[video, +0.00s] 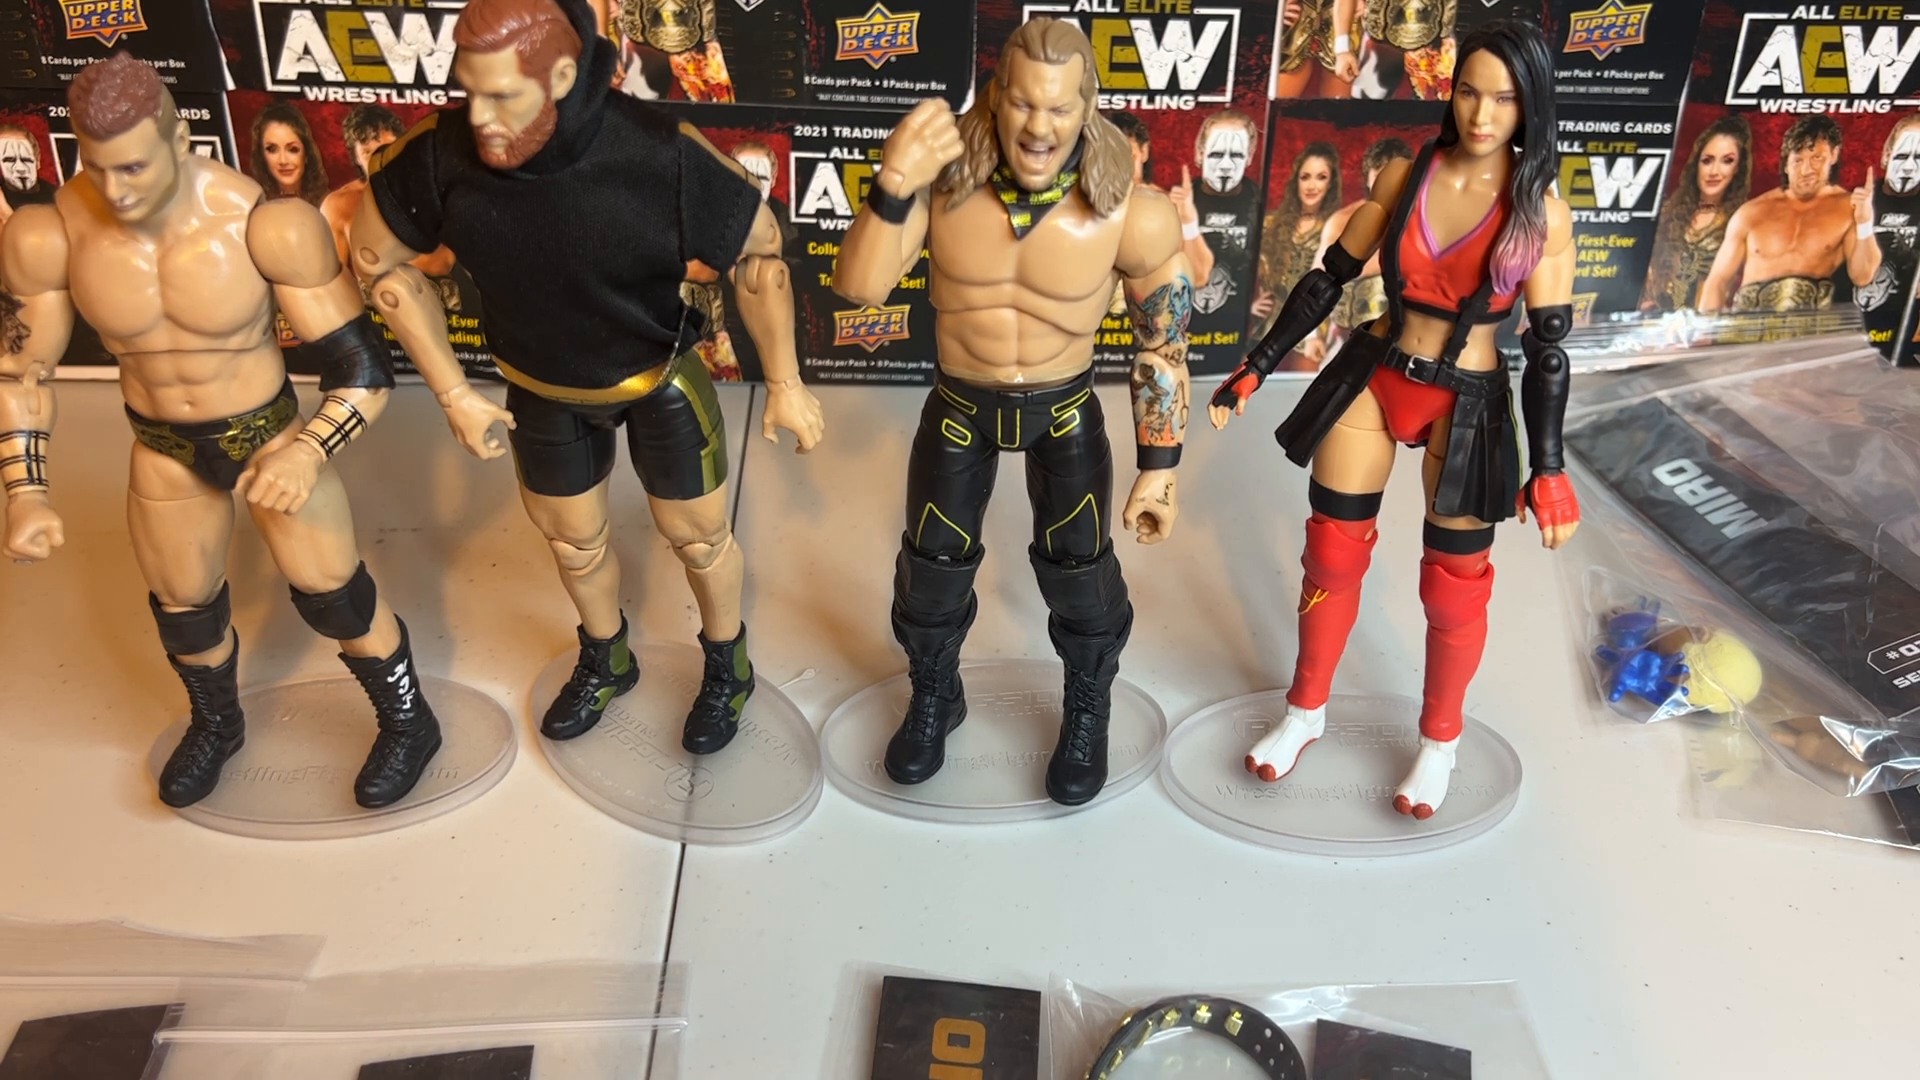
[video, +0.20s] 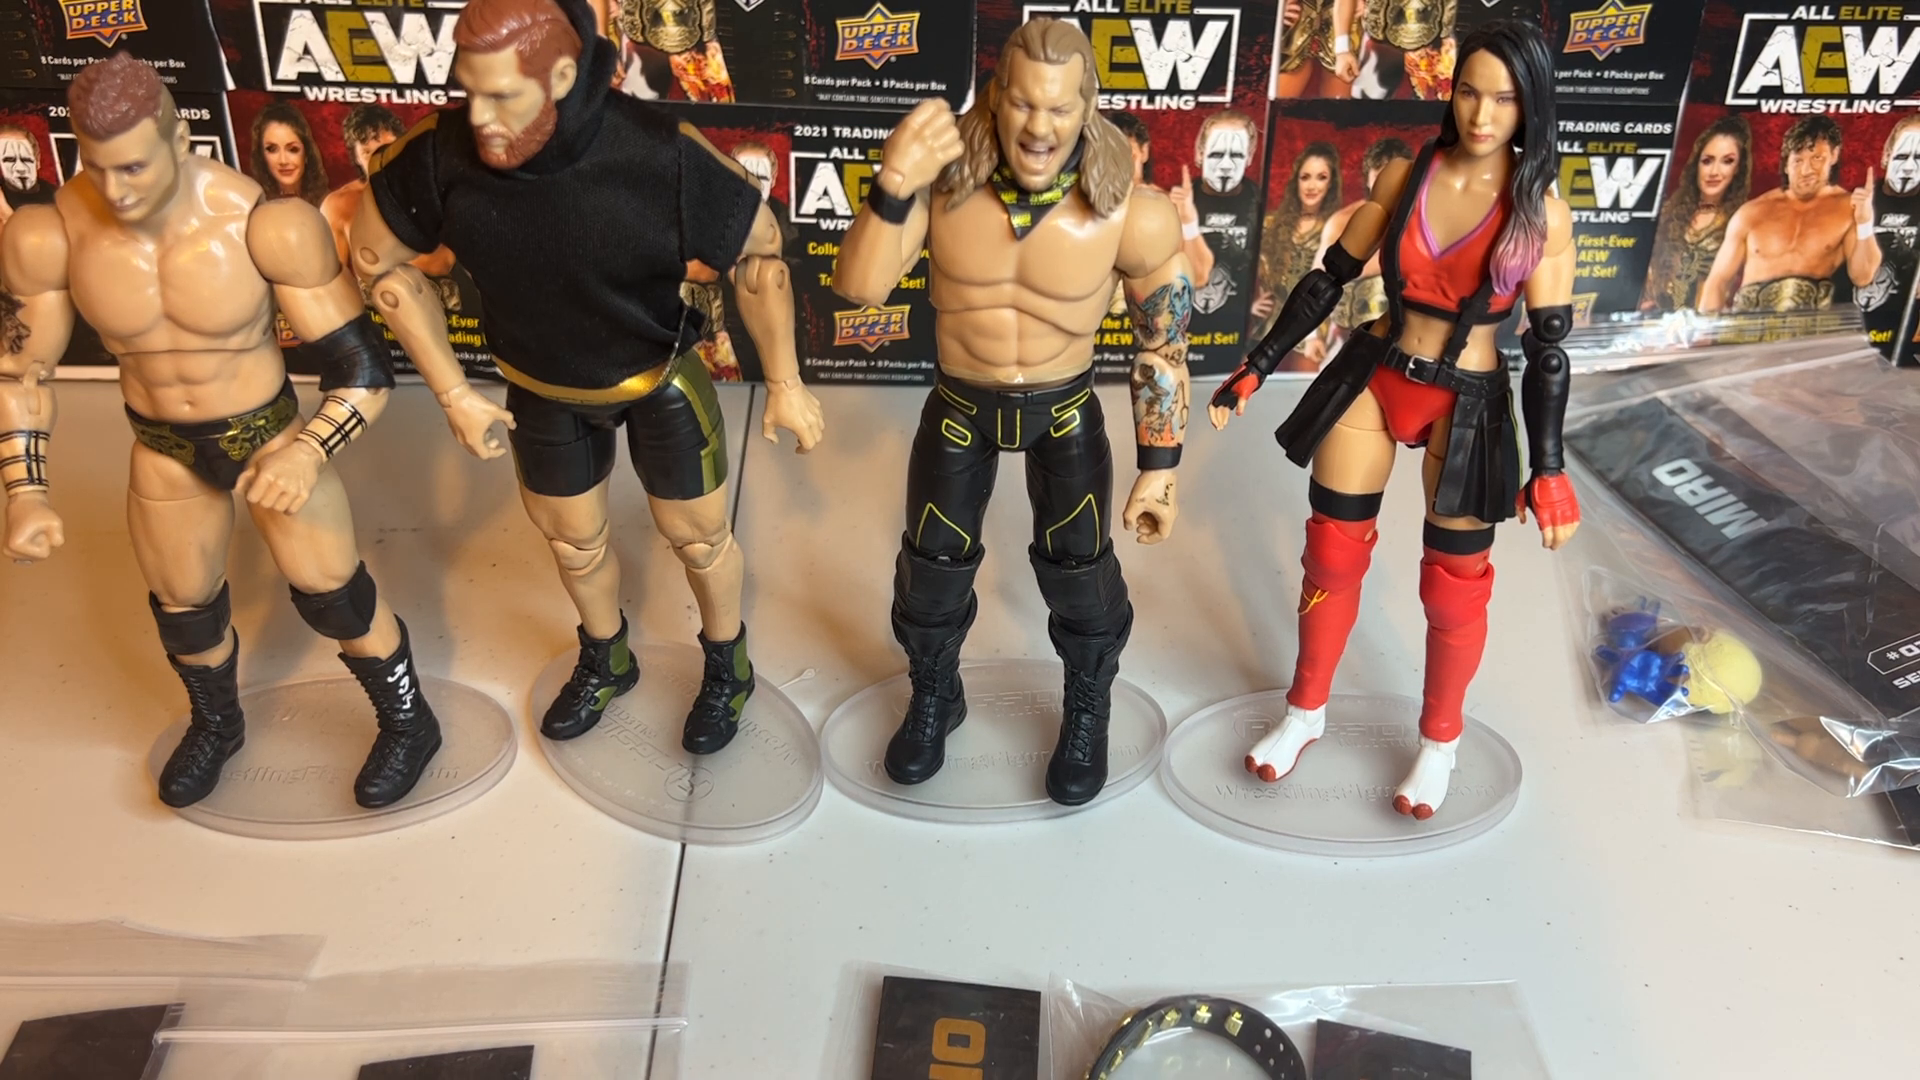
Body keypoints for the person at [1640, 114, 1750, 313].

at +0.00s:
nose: (1714, 171)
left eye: (1727, 161)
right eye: (1707, 160)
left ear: (1739, 168)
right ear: (1696, 164)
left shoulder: (1742, 219)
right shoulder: (1671, 212)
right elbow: (1655, 266)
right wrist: (1649, 301)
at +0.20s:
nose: (1714, 171)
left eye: (1727, 161)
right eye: (1707, 160)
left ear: (1739, 168)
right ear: (1695, 164)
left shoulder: (1742, 220)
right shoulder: (1671, 212)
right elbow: (1654, 266)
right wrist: (1649, 300)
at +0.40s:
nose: (1714, 171)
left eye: (1727, 161)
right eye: (1707, 160)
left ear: (1739, 168)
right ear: (1695, 164)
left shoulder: (1742, 219)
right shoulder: (1671, 212)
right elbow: (1655, 265)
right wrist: (1650, 300)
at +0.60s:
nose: (1714, 171)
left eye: (1727, 161)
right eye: (1707, 160)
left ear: (1739, 168)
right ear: (1696, 164)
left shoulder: (1742, 219)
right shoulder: (1670, 212)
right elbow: (1654, 267)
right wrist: (1649, 301)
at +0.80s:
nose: (1714, 171)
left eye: (1727, 161)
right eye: (1707, 160)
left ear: (1739, 168)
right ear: (1695, 164)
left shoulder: (1743, 219)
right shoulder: (1671, 212)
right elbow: (1654, 267)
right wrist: (1650, 300)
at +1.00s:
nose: (1714, 171)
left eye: (1727, 161)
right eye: (1707, 160)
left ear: (1739, 168)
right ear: (1695, 164)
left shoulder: (1742, 219)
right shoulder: (1671, 212)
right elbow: (1655, 265)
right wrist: (1649, 299)